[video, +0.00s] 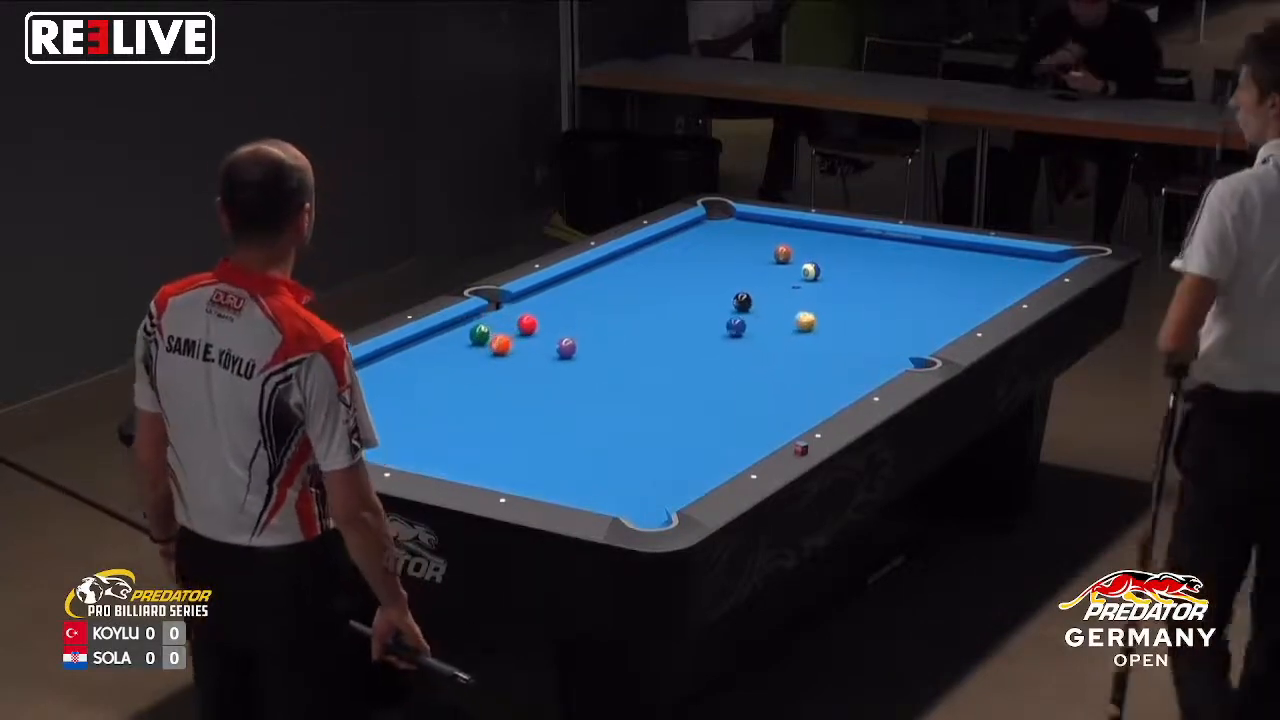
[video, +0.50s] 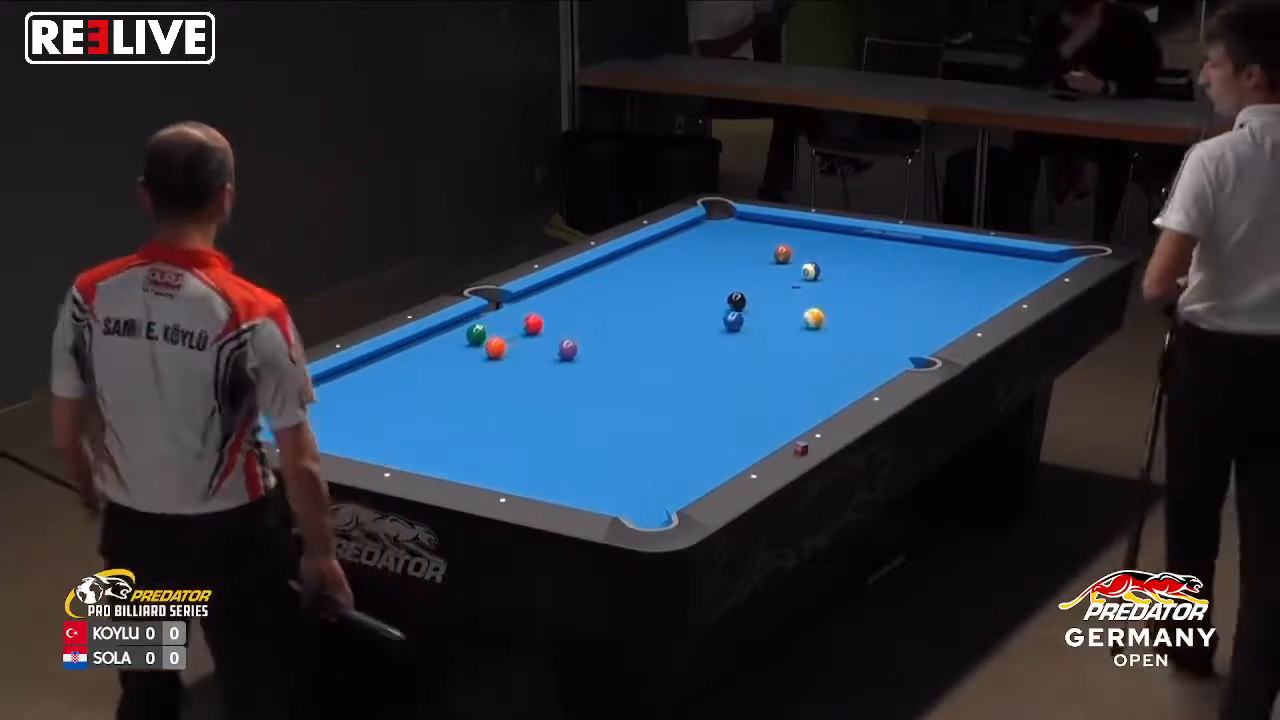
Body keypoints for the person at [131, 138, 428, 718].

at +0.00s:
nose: (315, 219)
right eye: (314, 208)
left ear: (222, 214)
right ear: (305, 220)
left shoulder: (165, 310)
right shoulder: (312, 344)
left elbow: (148, 459)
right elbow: (353, 508)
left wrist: (167, 539)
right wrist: (394, 604)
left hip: (203, 563)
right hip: (292, 573)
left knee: (221, 704)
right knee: (305, 703)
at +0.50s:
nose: (235, 196)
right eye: (235, 185)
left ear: (144, 195)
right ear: (226, 197)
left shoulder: (88, 296)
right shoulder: (255, 313)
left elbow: (66, 435)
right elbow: (299, 462)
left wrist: (90, 490)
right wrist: (322, 557)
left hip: (133, 534)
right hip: (233, 539)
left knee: (145, 693)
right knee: (256, 690)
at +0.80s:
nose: (168, 179)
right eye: (168, 168)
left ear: (83, 170)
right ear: (160, 177)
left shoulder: (28, 274)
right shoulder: (203, 282)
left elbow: (11, 416)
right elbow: (237, 426)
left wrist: (56, 422)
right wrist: (237, 501)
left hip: (78, 519)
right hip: (182, 515)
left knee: (114, 687)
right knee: (217, 670)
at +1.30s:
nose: (128, 171)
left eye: (126, 161)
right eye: (128, 162)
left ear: (49, 161)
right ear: (118, 167)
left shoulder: (8, 249)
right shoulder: (157, 264)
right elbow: (180, 404)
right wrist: (166, 486)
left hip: (30, 482)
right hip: (127, 478)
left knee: (57, 636)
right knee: (117, 633)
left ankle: (85, 711)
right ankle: (107, 713)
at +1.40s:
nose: (124, 161)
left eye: (124, 151)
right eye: (124, 151)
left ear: (46, 148)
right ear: (113, 156)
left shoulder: (7, 228)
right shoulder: (146, 251)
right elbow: (168, 392)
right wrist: (154, 473)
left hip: (20, 464)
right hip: (113, 463)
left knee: (34, 637)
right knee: (109, 627)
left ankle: (59, 713)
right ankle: (102, 712)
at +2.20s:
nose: (107, 143)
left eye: (112, 130)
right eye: (108, 128)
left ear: (51, 107)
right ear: (79, 117)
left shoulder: (4, 165)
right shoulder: (83, 204)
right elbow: (105, 344)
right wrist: (94, 399)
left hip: (4, 389)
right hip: (50, 398)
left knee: (3, 565)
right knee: (71, 567)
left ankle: (11, 696)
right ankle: (67, 705)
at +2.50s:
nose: (116, 121)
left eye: (120, 108)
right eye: (115, 107)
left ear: (58, 93)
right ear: (83, 101)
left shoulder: (4, 147)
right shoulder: (84, 187)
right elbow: (112, 322)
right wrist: (122, 355)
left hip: (2, 364)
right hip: (62, 373)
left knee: (8, 533)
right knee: (121, 506)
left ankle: (14, 684)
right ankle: (83, 661)